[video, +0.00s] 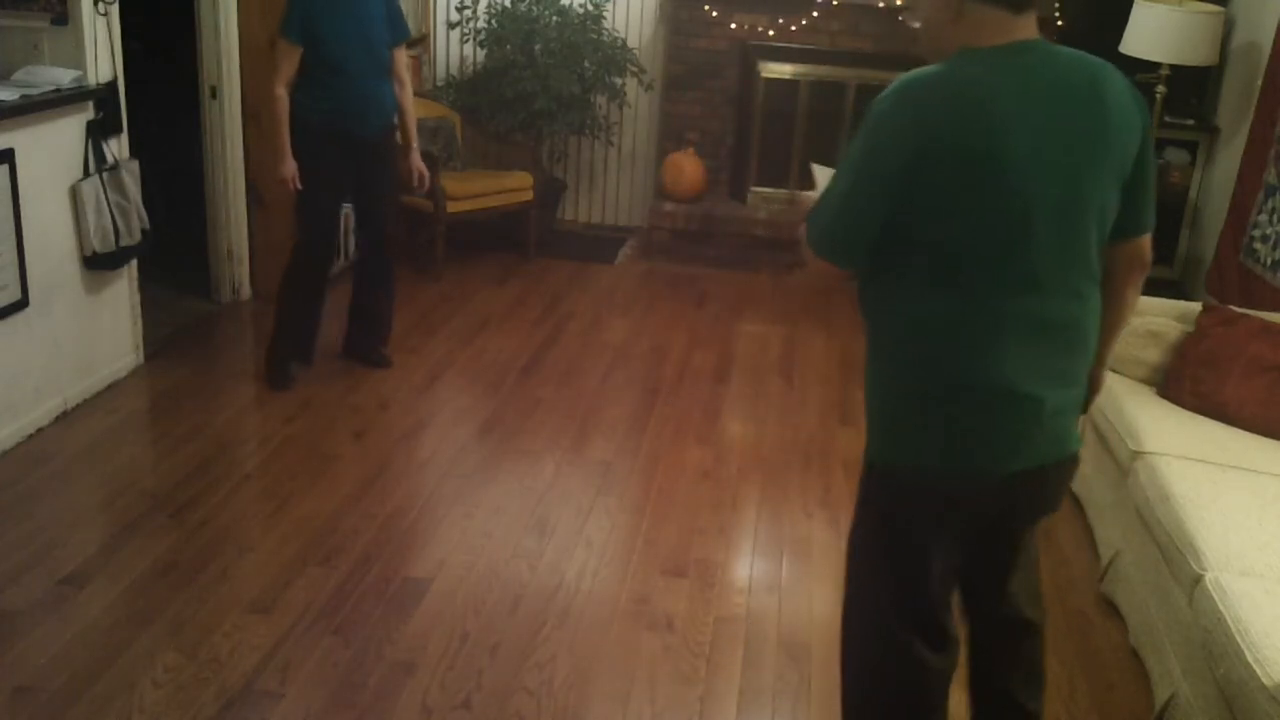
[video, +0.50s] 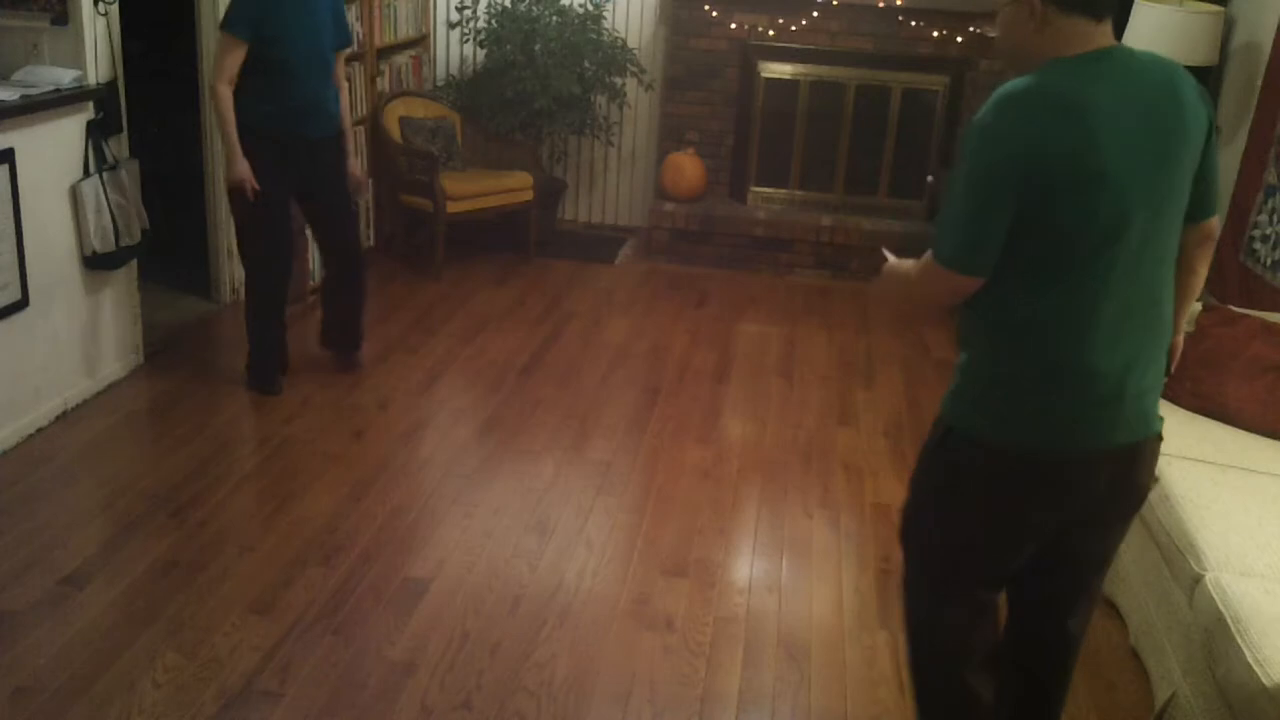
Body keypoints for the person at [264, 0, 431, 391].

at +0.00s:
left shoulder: (387, 7)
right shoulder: (306, 8)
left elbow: (401, 79)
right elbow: (281, 84)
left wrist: (413, 148)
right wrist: (285, 155)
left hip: (376, 141)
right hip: (320, 142)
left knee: (376, 242)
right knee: (316, 245)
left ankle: (365, 341)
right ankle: (285, 354)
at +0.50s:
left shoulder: (331, 8)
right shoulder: (250, 8)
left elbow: (339, 81)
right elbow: (222, 82)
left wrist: (349, 151)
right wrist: (235, 157)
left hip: (321, 147)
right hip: (261, 151)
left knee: (346, 250)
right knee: (268, 262)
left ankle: (343, 341)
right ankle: (265, 370)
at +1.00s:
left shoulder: (323, 8)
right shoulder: (241, 9)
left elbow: (334, 85)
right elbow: (217, 88)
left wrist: (343, 157)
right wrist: (237, 161)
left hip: (315, 151)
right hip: (256, 156)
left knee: (332, 256)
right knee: (266, 266)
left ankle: (320, 349)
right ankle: (263, 368)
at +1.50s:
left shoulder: (374, 7)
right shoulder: (291, 8)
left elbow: (390, 79)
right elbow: (264, 85)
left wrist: (408, 146)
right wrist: (278, 155)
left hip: (365, 143)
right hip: (308, 145)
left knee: (363, 250)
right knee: (311, 252)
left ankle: (355, 349)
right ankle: (286, 350)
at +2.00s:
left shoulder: (393, 6)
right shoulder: (321, 7)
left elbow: (389, 57)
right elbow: (300, 82)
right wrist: (334, 152)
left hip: (380, 136)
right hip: (325, 136)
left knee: (388, 247)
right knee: (321, 245)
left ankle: (394, 359)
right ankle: (303, 343)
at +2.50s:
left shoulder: (464, 14)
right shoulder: (387, 13)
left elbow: (487, 90)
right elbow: (352, 92)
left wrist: (511, 159)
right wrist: (340, 171)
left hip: (445, 155)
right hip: (393, 156)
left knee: (418, 264)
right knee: (432, 269)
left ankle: (395, 362)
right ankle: (461, 398)